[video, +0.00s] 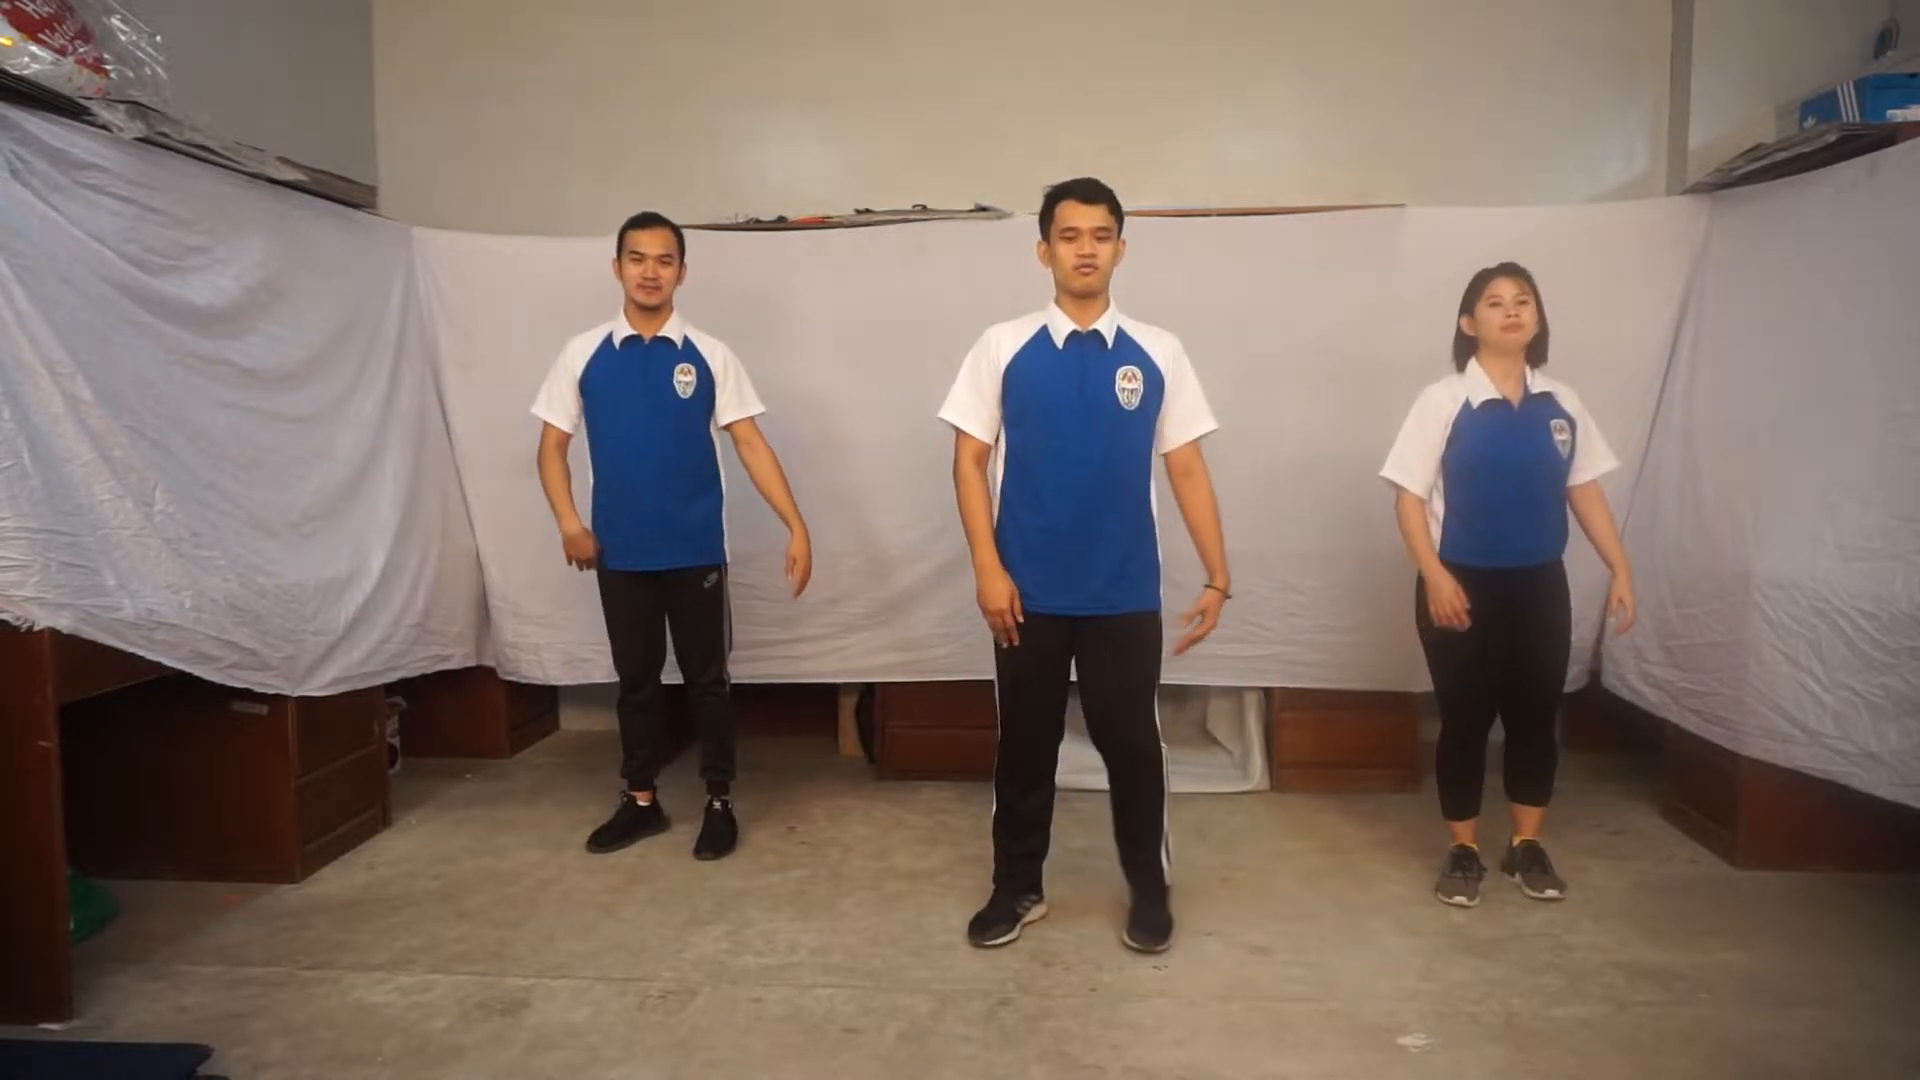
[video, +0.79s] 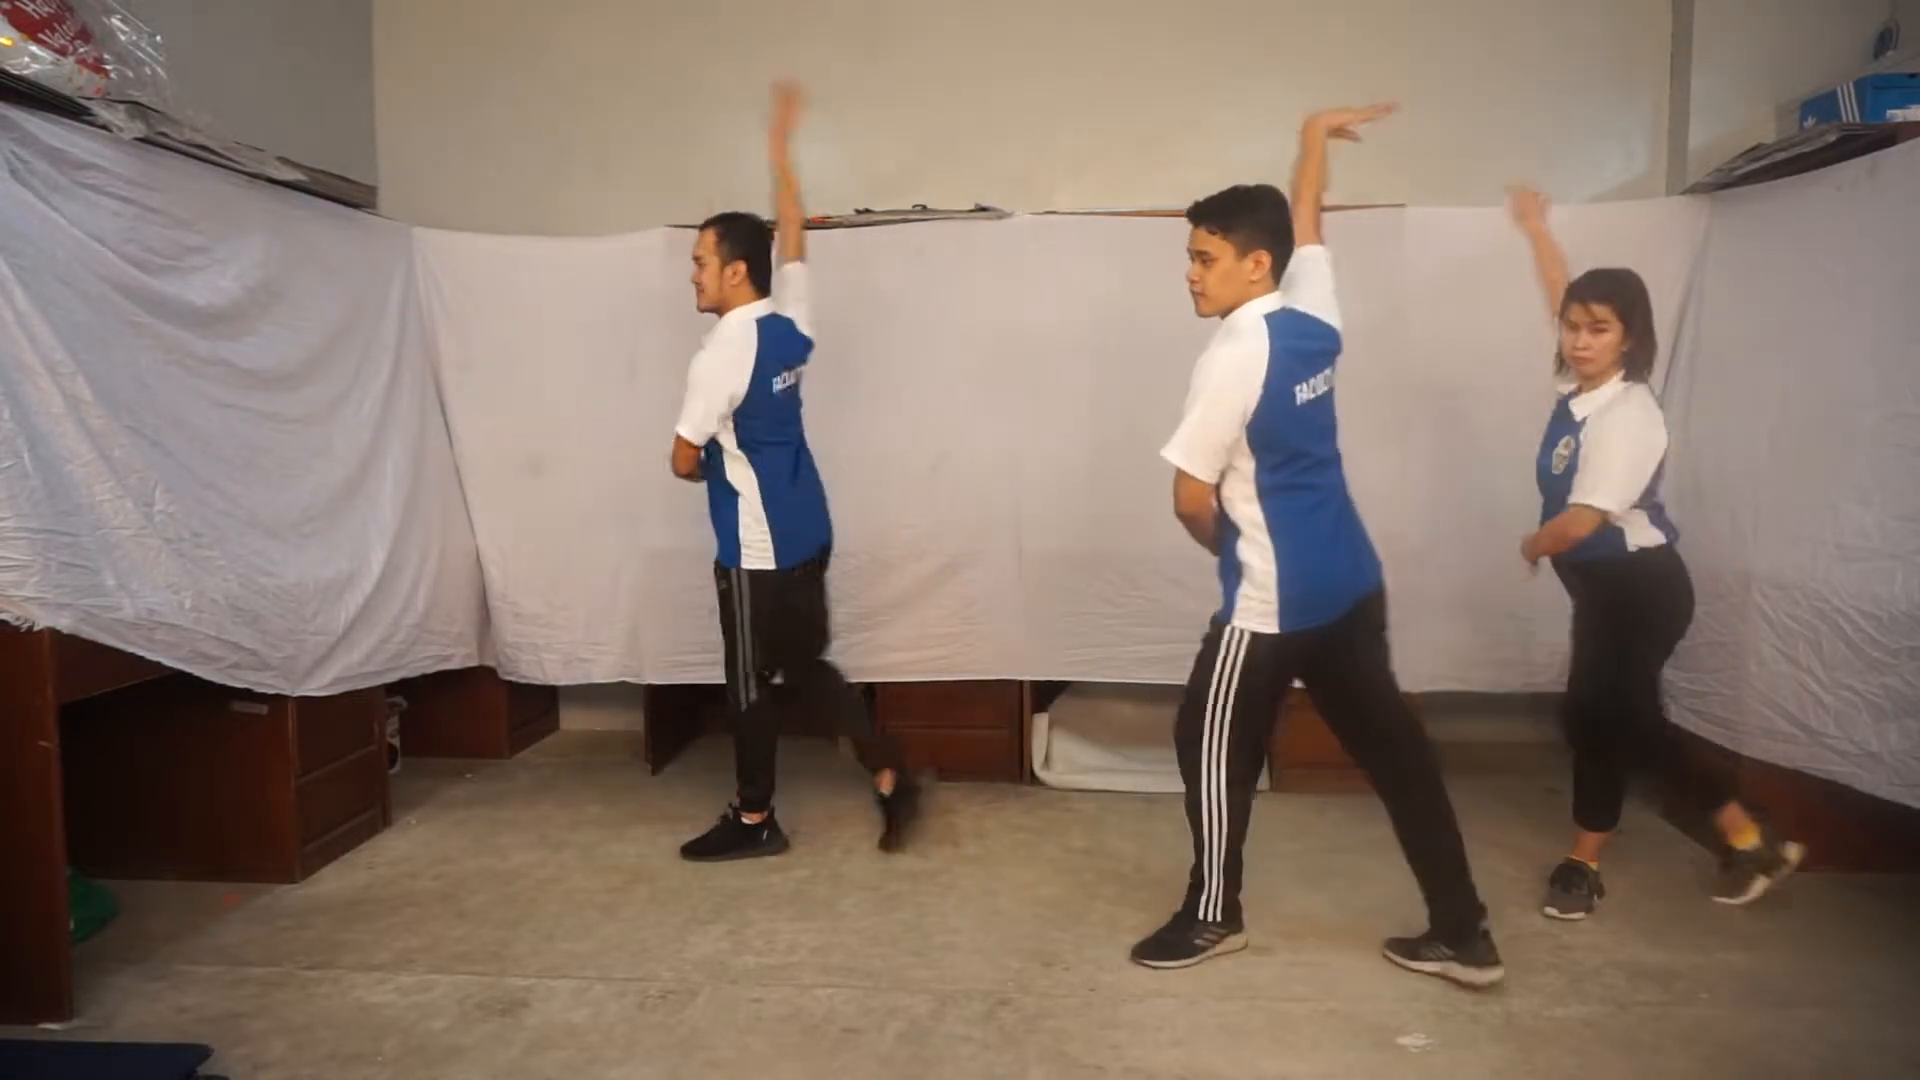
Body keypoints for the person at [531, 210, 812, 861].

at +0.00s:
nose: (651, 271)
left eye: (664, 260)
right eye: (638, 259)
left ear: (681, 272)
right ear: (618, 268)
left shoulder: (710, 356)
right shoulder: (584, 355)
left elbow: (750, 442)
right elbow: (552, 448)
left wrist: (796, 527)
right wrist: (570, 524)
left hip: (696, 553)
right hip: (621, 556)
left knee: (707, 683)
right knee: (636, 683)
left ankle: (719, 802)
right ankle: (640, 802)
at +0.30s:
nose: (658, 269)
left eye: (671, 258)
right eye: (645, 256)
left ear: (687, 269)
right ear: (624, 266)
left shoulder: (717, 353)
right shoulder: (593, 353)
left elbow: (762, 429)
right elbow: (558, 430)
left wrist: (808, 493)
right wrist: (539, 464)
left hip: (695, 549)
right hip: (622, 550)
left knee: (699, 673)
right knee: (630, 677)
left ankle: (748, 800)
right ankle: (634, 798)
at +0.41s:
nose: (670, 274)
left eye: (683, 262)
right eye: (656, 262)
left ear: (700, 271)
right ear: (638, 272)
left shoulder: (730, 352)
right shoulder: (610, 357)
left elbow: (755, 422)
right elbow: (570, 440)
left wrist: (761, 468)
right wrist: (504, 393)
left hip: (707, 553)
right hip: (638, 554)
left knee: (701, 676)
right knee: (631, 674)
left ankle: (750, 811)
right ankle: (634, 799)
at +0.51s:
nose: (663, 274)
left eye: (677, 262)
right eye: (658, 263)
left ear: (715, 270)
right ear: (654, 272)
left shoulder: (740, 349)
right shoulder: (642, 351)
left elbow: (728, 442)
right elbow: (573, 406)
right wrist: (555, 332)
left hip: (728, 554)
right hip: (663, 552)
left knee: (728, 682)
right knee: (657, 676)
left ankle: (753, 813)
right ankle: (638, 797)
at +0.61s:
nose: (673, 274)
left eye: (685, 263)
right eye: (674, 263)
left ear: (725, 270)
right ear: (709, 272)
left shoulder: (739, 346)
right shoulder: (699, 337)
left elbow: (687, 451)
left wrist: (591, 462)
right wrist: (623, 278)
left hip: (749, 550)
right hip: (707, 545)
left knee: (741, 681)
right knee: (686, 664)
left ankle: (754, 817)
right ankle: (730, 792)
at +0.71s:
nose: (685, 273)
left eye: (694, 262)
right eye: (686, 261)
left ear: (730, 272)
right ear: (737, 273)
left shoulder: (730, 344)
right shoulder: (756, 327)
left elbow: (677, 459)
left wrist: (653, 462)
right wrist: (696, 193)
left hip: (756, 541)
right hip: (753, 533)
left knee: (747, 678)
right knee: (734, 667)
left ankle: (753, 817)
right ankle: (833, 761)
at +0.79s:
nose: (693, 273)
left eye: (702, 263)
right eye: (696, 261)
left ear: (737, 271)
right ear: (755, 268)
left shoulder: (723, 350)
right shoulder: (786, 318)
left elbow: (684, 460)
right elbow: (791, 229)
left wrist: (722, 462)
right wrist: (782, 142)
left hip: (753, 542)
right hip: (806, 528)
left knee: (749, 682)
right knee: (808, 668)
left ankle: (754, 815)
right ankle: (890, 777)